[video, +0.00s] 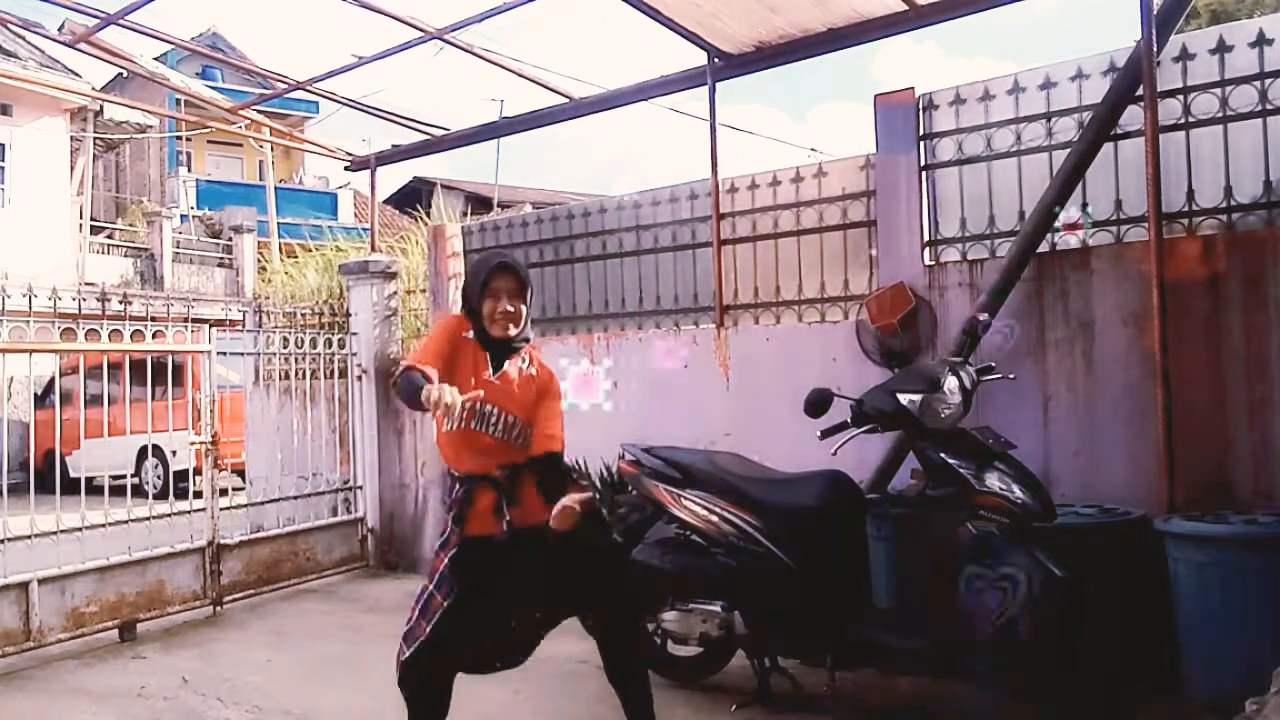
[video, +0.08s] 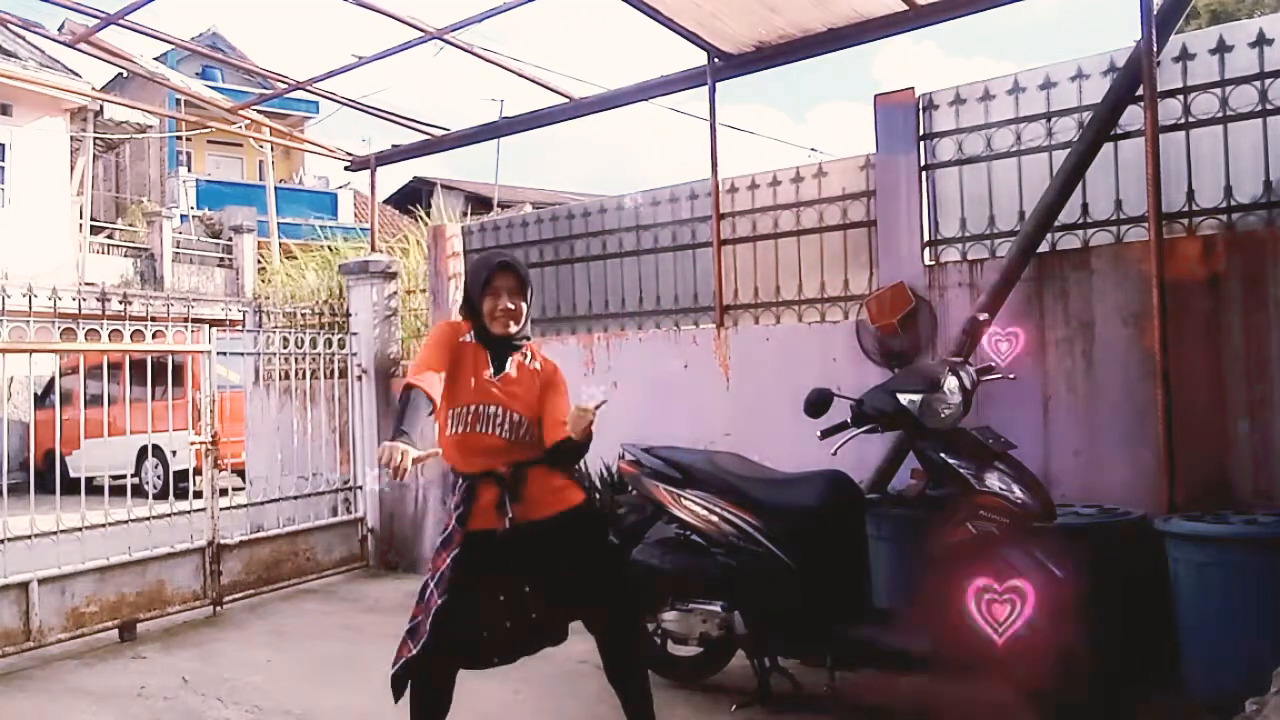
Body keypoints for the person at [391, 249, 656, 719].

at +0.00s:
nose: (507, 307)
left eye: (516, 297)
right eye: (495, 296)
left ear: (527, 305)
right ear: (473, 301)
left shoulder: (541, 376)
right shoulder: (453, 331)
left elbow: (547, 459)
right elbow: (406, 380)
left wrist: (565, 499)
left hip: (542, 527)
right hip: (477, 533)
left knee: (617, 617)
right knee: (419, 662)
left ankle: (642, 714)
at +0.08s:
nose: (507, 304)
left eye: (516, 295)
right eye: (495, 294)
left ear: (527, 303)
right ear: (474, 301)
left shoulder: (544, 371)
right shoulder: (452, 336)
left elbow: (559, 456)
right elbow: (420, 387)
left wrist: (578, 438)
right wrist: (403, 437)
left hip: (560, 517)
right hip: (482, 525)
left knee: (617, 622)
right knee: (436, 647)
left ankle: (642, 714)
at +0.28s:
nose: (535, 267)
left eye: (543, 256)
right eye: (522, 258)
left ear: (557, 261)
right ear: (503, 267)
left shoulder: (584, 317)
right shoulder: (483, 328)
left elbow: (647, 370)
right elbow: (447, 415)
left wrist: (641, 302)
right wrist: (408, 492)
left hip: (580, 490)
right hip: (503, 495)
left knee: (624, 625)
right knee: (454, 628)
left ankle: (647, 714)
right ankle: (424, 716)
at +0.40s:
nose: (556, 292)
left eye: (563, 282)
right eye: (543, 284)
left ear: (576, 289)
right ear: (525, 294)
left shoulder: (604, 352)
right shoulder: (503, 356)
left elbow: (653, 411)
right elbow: (468, 434)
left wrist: (658, 338)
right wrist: (433, 499)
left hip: (592, 512)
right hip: (519, 514)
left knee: (635, 626)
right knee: (467, 635)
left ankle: (645, 716)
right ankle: (430, 717)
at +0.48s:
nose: (559, 280)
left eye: (566, 270)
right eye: (546, 271)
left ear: (578, 278)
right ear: (527, 281)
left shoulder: (604, 343)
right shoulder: (504, 339)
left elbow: (649, 410)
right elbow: (461, 408)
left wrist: (664, 342)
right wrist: (433, 465)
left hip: (597, 506)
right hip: (519, 507)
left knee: (633, 627)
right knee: (467, 628)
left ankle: (645, 716)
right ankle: (427, 717)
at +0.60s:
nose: (560, 264)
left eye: (569, 254)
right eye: (547, 256)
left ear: (582, 260)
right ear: (532, 265)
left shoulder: (615, 315)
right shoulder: (514, 326)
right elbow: (483, 418)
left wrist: (658, 263)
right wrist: (439, 494)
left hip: (593, 489)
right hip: (516, 491)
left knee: (629, 618)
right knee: (461, 616)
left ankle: (645, 714)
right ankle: (422, 714)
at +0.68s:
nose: (563, 282)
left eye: (571, 271)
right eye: (550, 274)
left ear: (585, 278)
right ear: (534, 285)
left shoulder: (621, 316)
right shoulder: (523, 351)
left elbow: (692, 282)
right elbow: (496, 442)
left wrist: (650, 254)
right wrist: (459, 519)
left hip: (593, 507)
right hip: (522, 507)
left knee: (635, 635)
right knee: (455, 630)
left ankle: (644, 717)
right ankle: (425, 716)